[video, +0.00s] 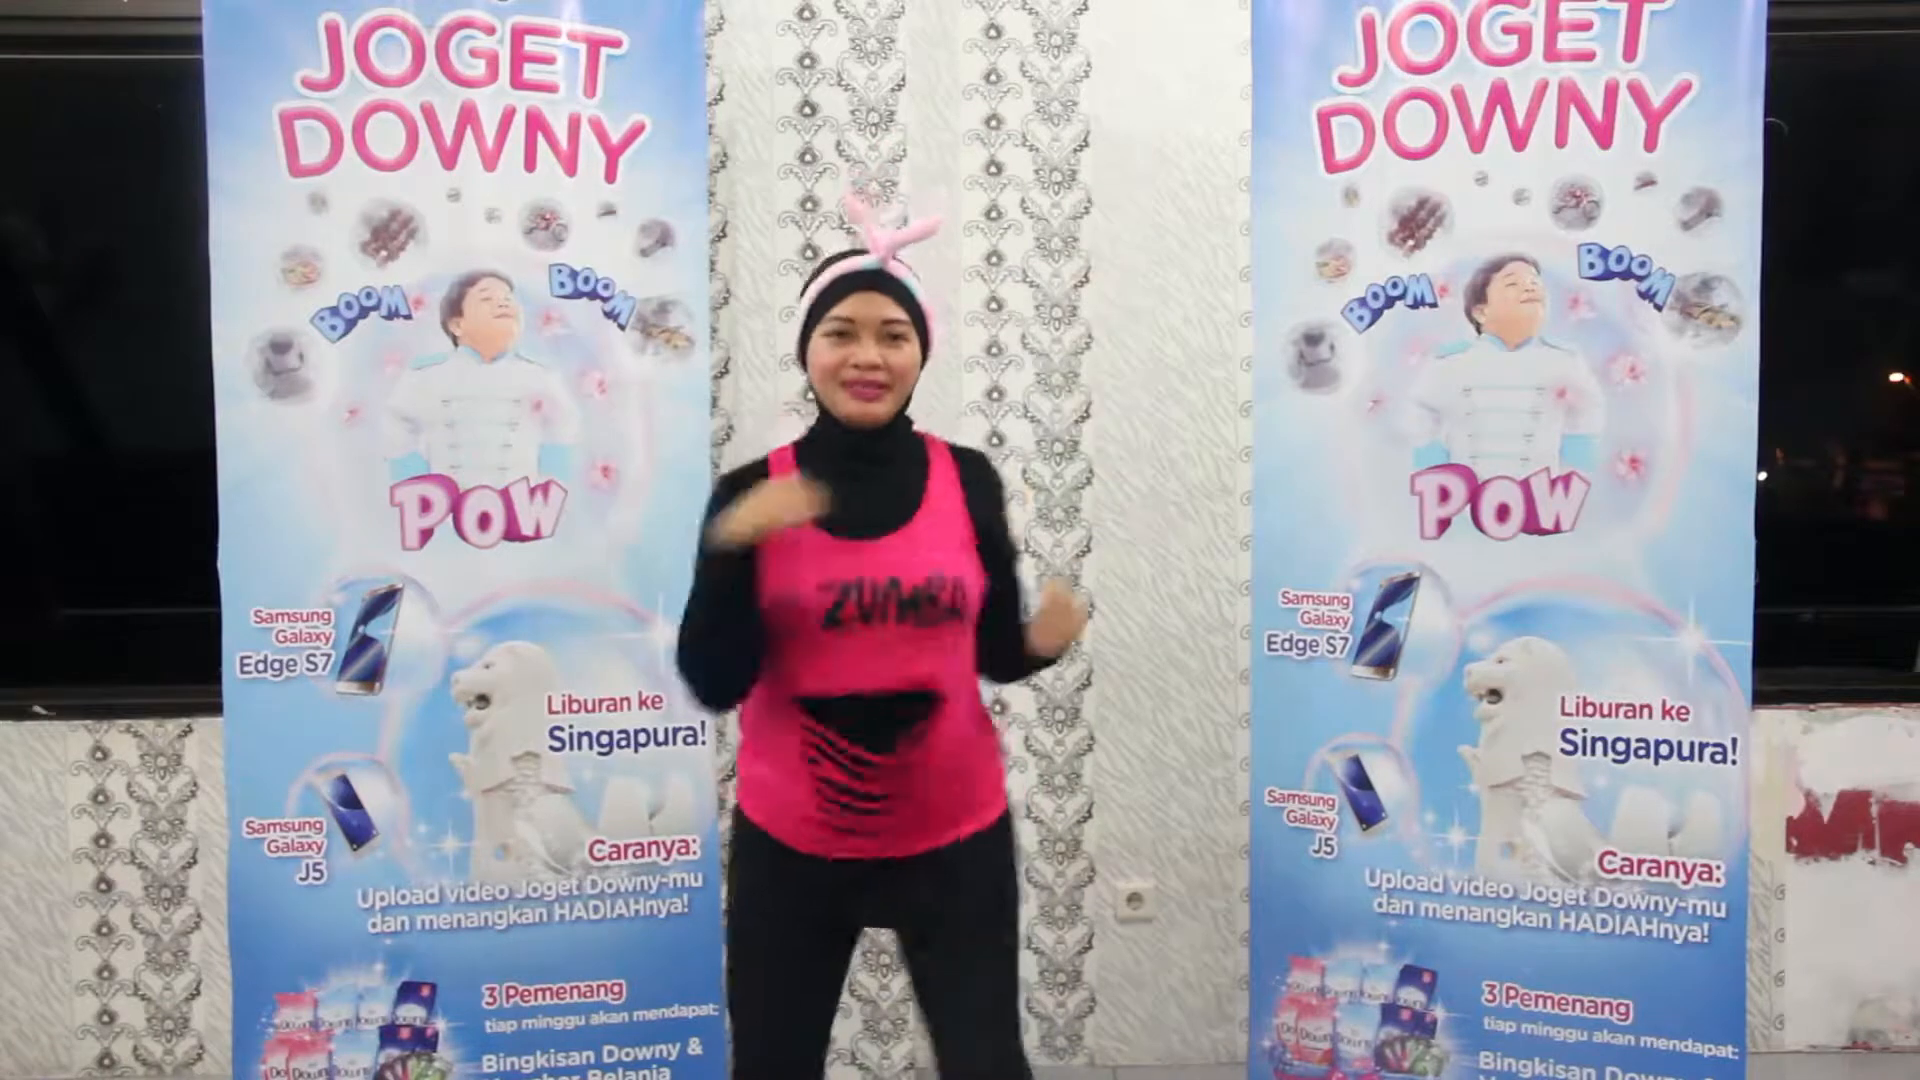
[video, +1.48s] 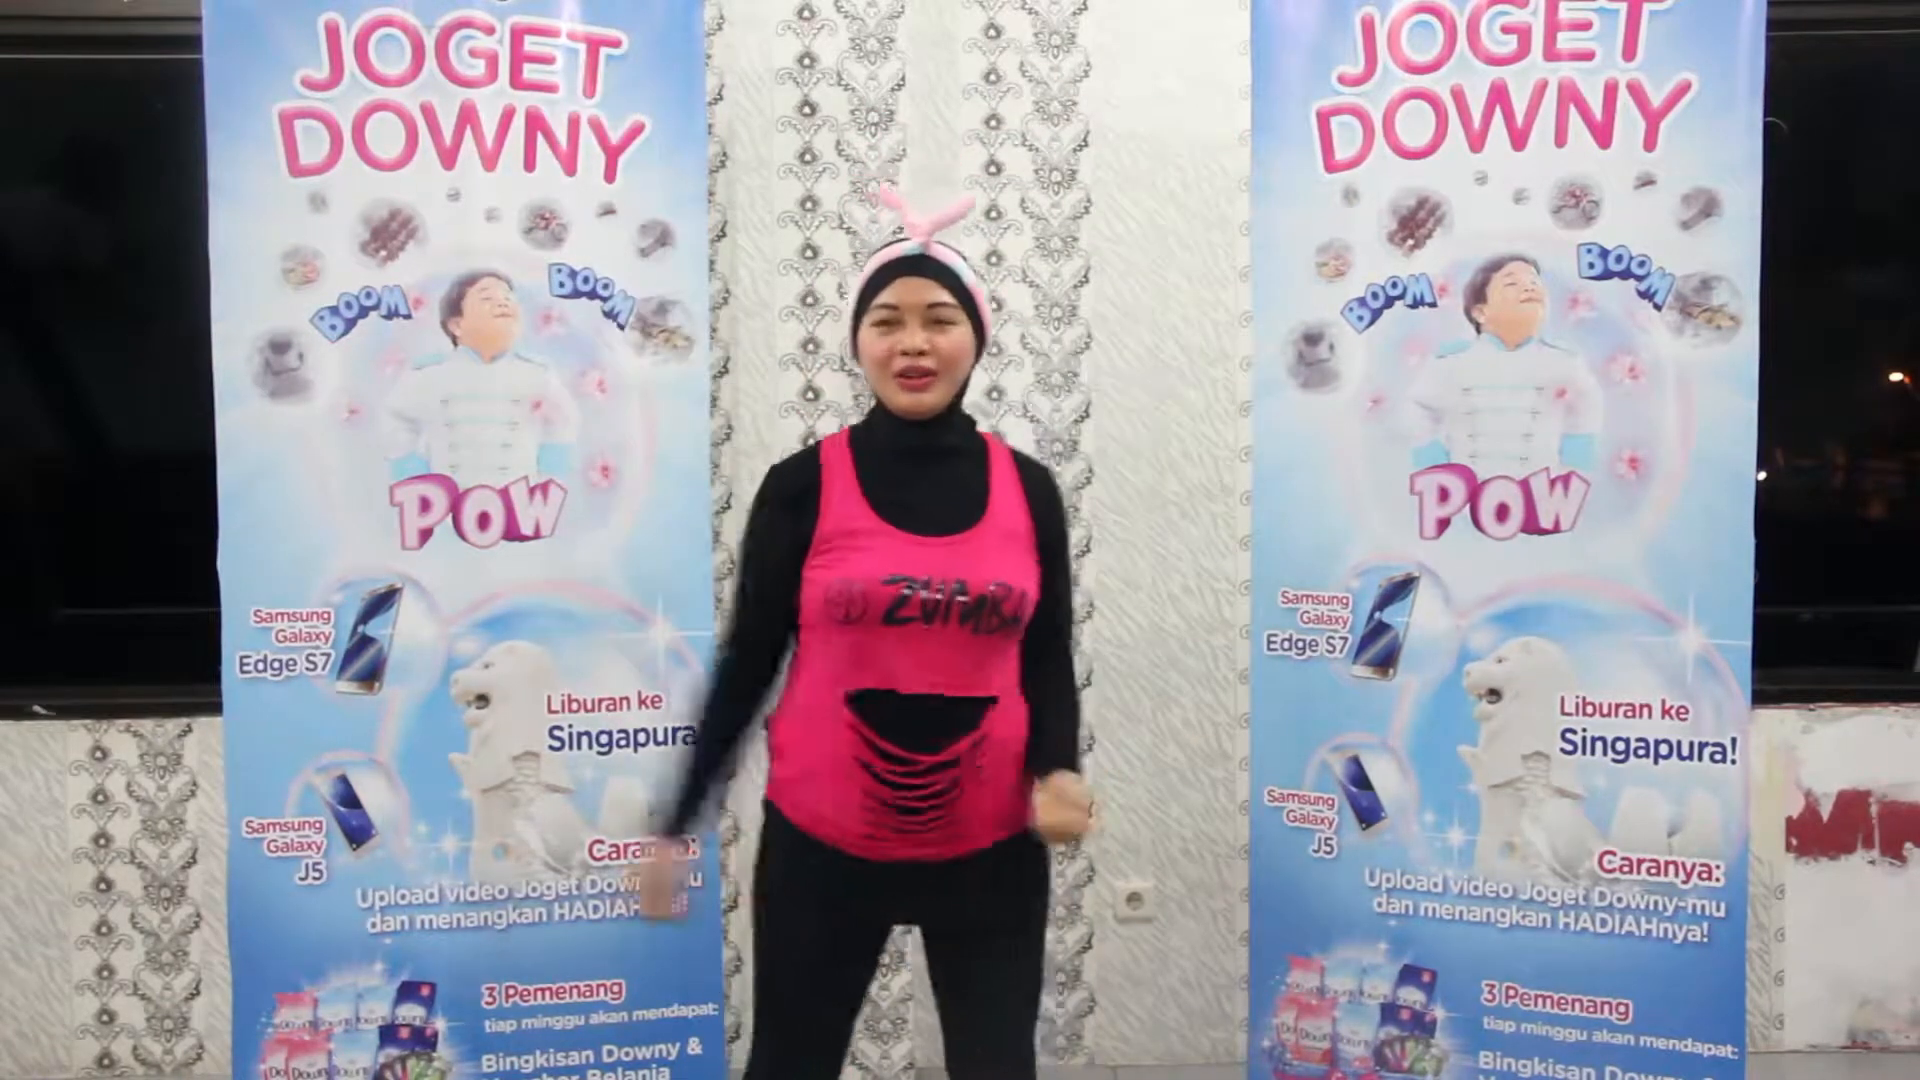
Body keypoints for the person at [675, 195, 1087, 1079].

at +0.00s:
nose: (867, 355)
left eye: (893, 335)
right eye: (842, 333)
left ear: (921, 358)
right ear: (805, 354)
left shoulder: (966, 481)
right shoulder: (748, 499)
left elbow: (993, 654)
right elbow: (713, 681)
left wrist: (1038, 641)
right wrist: (732, 545)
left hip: (954, 838)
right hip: (792, 842)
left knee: (988, 1063)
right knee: (772, 1065)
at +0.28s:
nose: (873, 326)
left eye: (895, 307)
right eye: (849, 308)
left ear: (925, 329)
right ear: (812, 333)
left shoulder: (954, 448)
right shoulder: (767, 439)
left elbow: (984, 611)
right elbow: (832, 513)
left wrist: (1011, 576)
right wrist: (964, 539)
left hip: (951, 764)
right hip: (804, 786)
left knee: (950, 936)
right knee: (787, 1051)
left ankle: (978, 1069)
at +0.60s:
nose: (929, 364)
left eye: (952, 344)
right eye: (904, 348)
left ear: (993, 372)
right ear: (878, 379)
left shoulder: (1049, 481)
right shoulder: (847, 515)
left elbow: (1099, 577)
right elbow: (801, 693)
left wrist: (946, 533)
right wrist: (748, 632)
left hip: (1022, 829)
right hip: (873, 814)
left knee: (1027, 1065)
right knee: (801, 944)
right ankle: (828, 1070)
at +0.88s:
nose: (893, 274)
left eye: (917, 256)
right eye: (871, 258)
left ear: (958, 283)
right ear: (842, 288)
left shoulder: (1016, 390)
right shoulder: (800, 401)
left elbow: (1148, 282)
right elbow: (645, 322)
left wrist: (1076, 137)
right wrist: (654, 159)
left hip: (987, 777)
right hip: (818, 778)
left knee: (1070, 1047)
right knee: (726, 1038)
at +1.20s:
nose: (874, 333)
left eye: (898, 315)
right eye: (850, 312)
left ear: (930, 342)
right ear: (814, 335)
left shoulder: (973, 444)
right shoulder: (752, 427)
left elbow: (1142, 437)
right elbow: (614, 354)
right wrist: (500, 236)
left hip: (944, 824)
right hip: (777, 827)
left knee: (1018, 1062)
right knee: (759, 1067)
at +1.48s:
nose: (914, 342)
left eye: (939, 320)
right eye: (889, 322)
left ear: (976, 342)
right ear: (857, 345)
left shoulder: (1028, 489)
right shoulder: (802, 486)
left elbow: (1048, 644)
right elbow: (751, 653)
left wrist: (1055, 763)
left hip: (987, 837)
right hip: (826, 838)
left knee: (997, 1068)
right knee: (790, 1066)